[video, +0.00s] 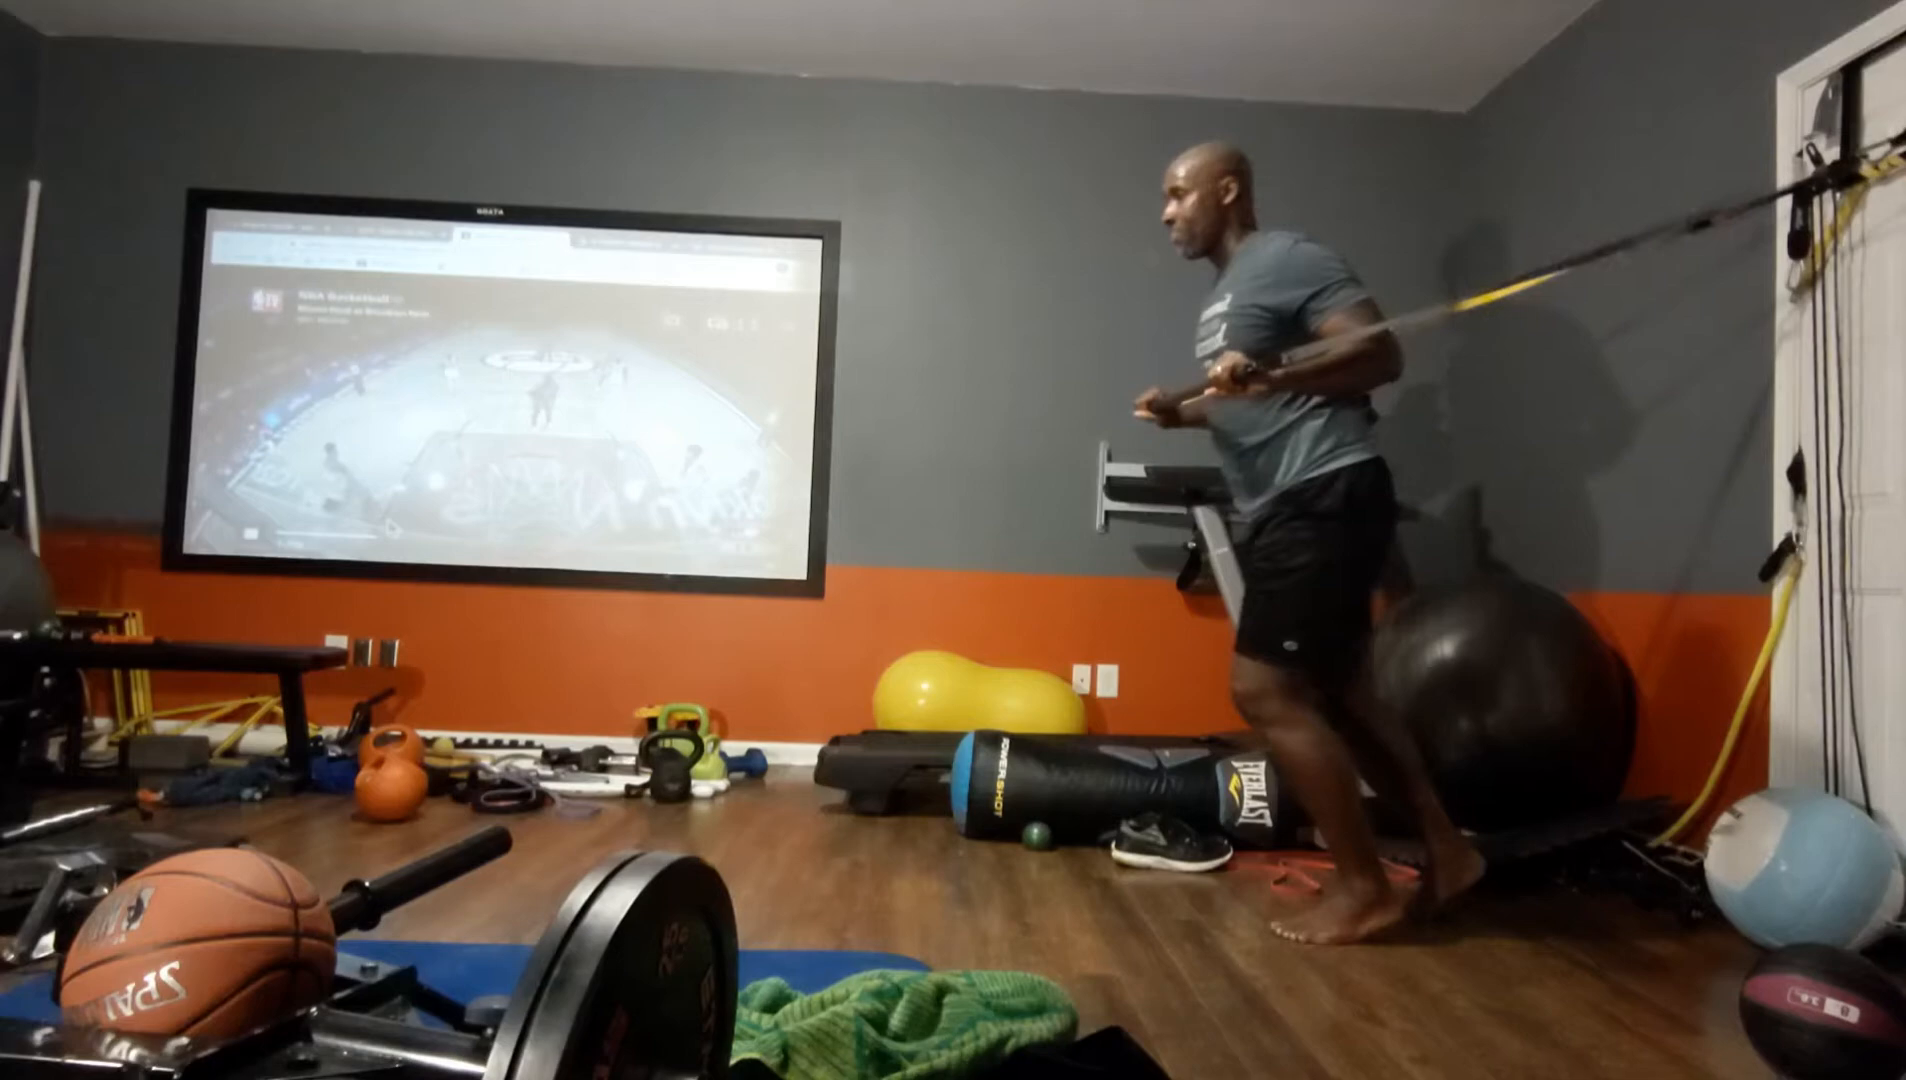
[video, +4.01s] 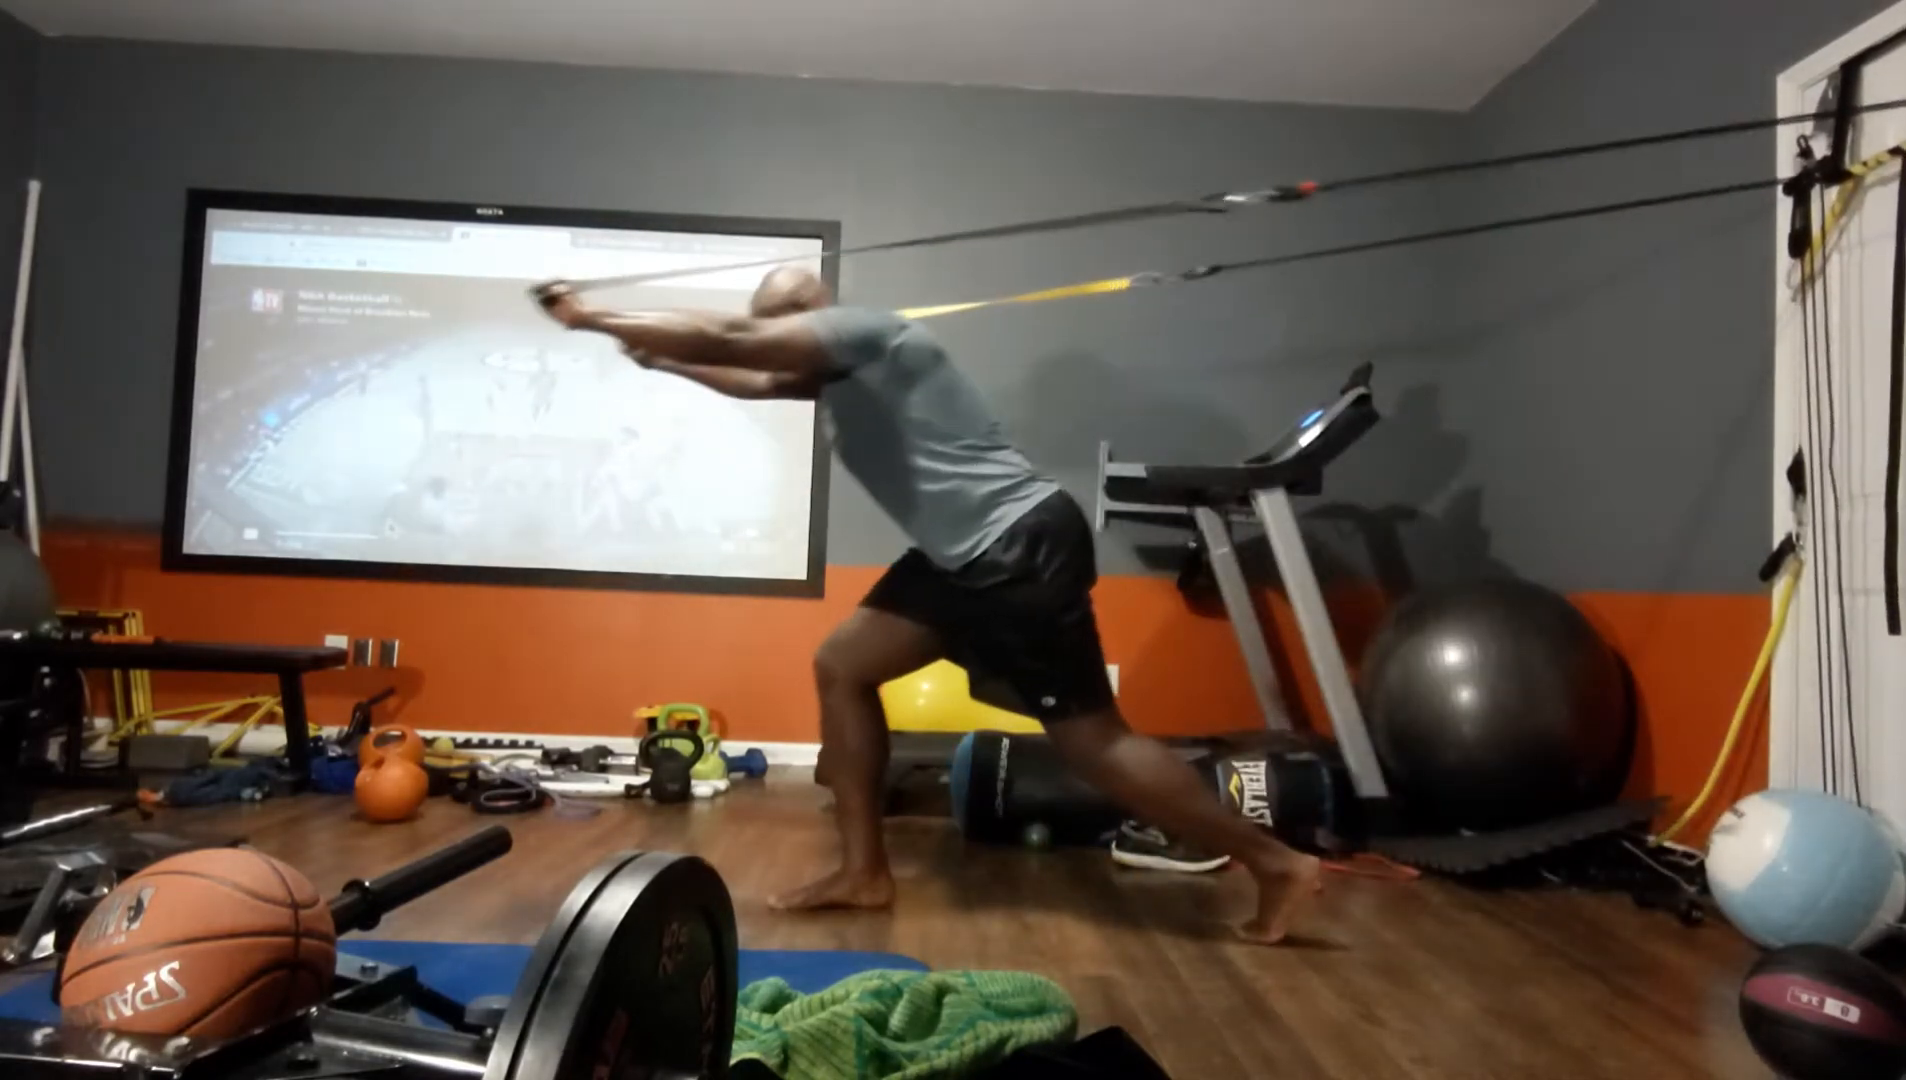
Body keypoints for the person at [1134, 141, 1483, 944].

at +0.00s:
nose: (1166, 211)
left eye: (1178, 194)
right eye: (1165, 198)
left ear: (1229, 193)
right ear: (1210, 203)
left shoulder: (1289, 259)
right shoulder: (1218, 303)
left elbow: (1379, 353)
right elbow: (1253, 403)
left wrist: (1275, 375)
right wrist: (1184, 408)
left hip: (1327, 494)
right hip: (1289, 503)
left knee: (1266, 689)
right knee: (1340, 686)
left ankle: (1362, 884)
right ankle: (1446, 848)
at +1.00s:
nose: (736, 385)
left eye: (738, 363)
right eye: (727, 374)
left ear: (771, 337)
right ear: (785, 348)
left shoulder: (843, 360)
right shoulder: (835, 393)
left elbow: (699, 332)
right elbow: (709, 362)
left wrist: (575, 291)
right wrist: (615, 320)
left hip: (1005, 559)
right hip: (960, 564)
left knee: (1100, 748)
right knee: (827, 671)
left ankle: (1294, 861)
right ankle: (861, 868)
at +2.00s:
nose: (1072, 205)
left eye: (1084, 187)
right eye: (1071, 191)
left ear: (1137, 184)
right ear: (1122, 193)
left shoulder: (1204, 245)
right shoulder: (1146, 289)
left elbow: (1297, 334)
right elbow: (1172, 404)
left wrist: (1187, 368)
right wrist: (1095, 411)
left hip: (1268, 491)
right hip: (1203, 503)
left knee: (1259, 704)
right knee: (1165, 681)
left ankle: (1358, 884)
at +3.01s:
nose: (1025, 265)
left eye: (1028, 243)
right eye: (1015, 254)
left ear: (1074, 219)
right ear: (1032, 251)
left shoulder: (1139, 269)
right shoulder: (1095, 312)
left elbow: (1255, 343)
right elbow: (1143, 413)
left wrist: (1153, 384)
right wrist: (1080, 415)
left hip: (1220, 504)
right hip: (1172, 520)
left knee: (1222, 721)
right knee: (1151, 712)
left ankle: (1354, 885)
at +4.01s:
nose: (757, 330)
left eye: (762, 316)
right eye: (757, 318)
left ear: (801, 299)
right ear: (804, 304)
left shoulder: (868, 328)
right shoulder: (845, 371)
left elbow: (732, 336)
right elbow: (744, 376)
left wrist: (594, 315)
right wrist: (651, 351)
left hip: (1024, 545)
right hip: (958, 558)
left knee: (1097, 749)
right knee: (842, 667)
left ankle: (1280, 867)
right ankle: (861, 872)